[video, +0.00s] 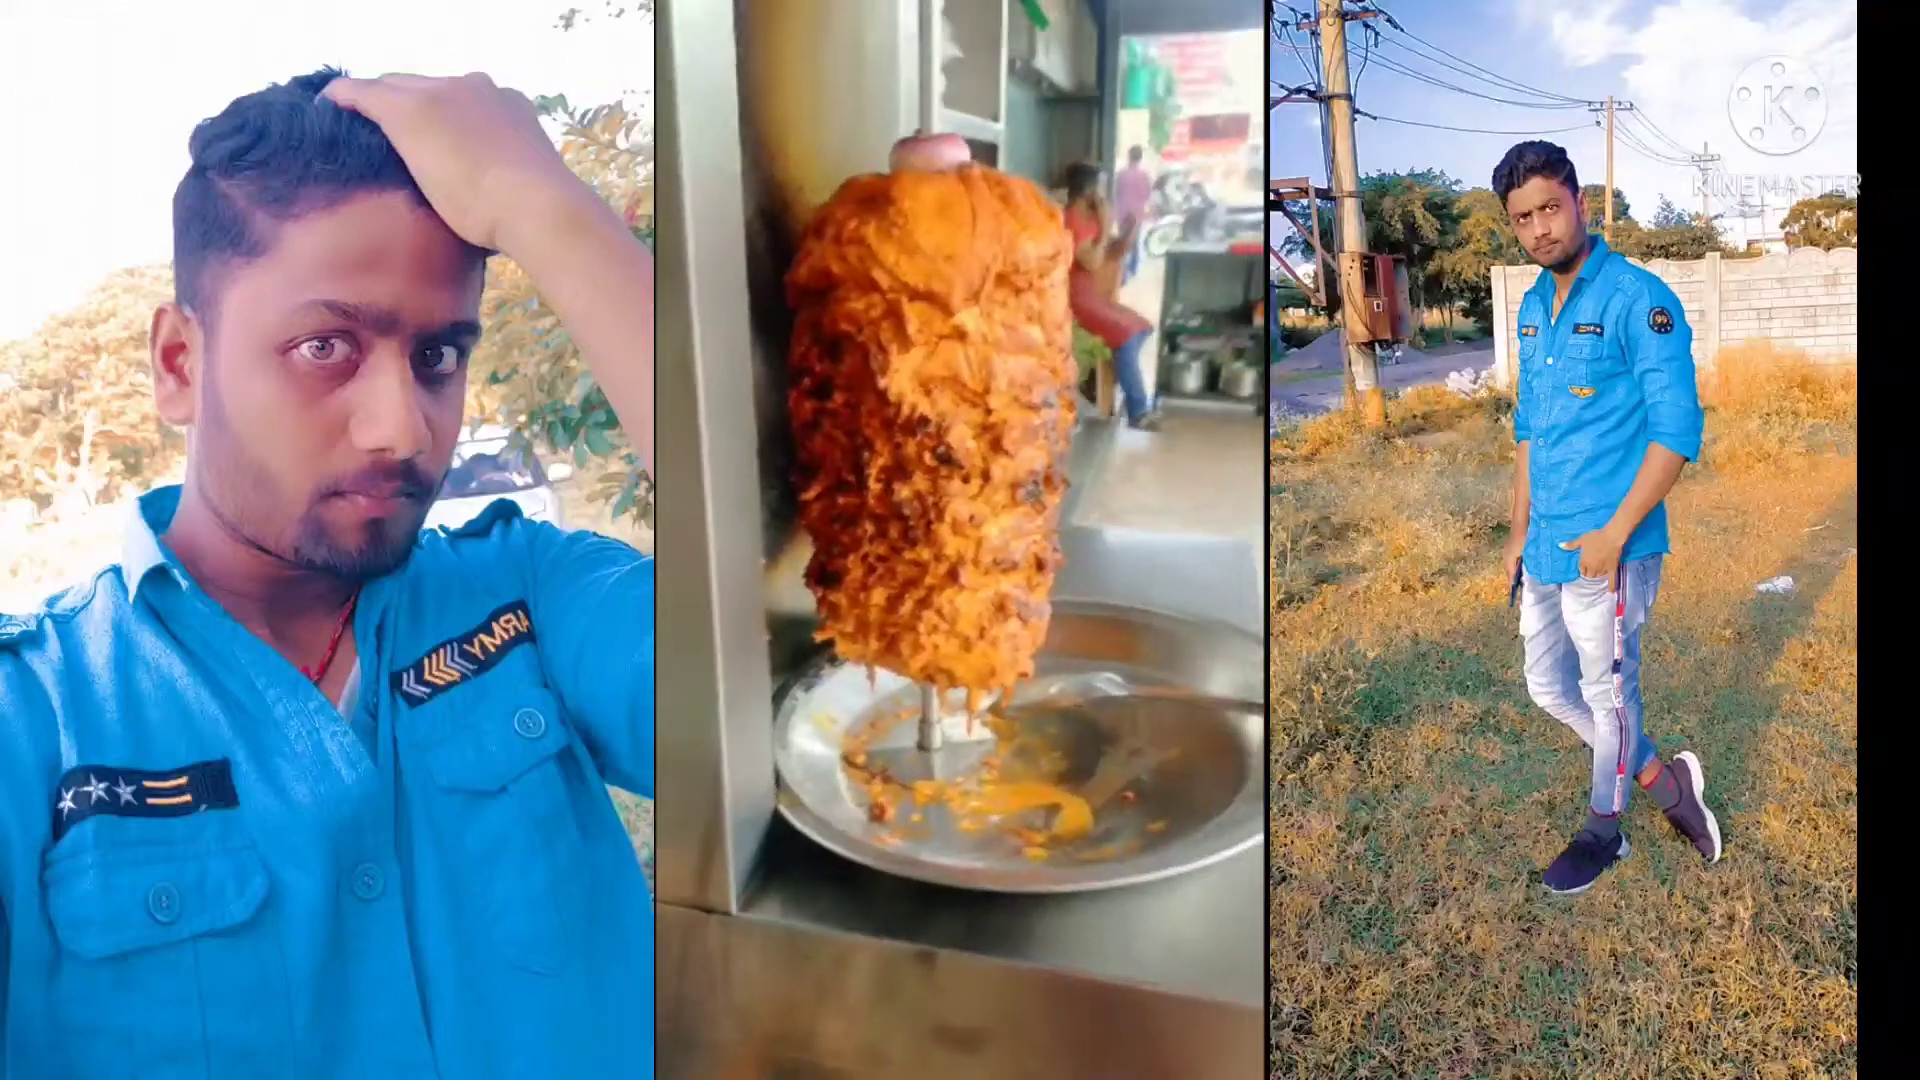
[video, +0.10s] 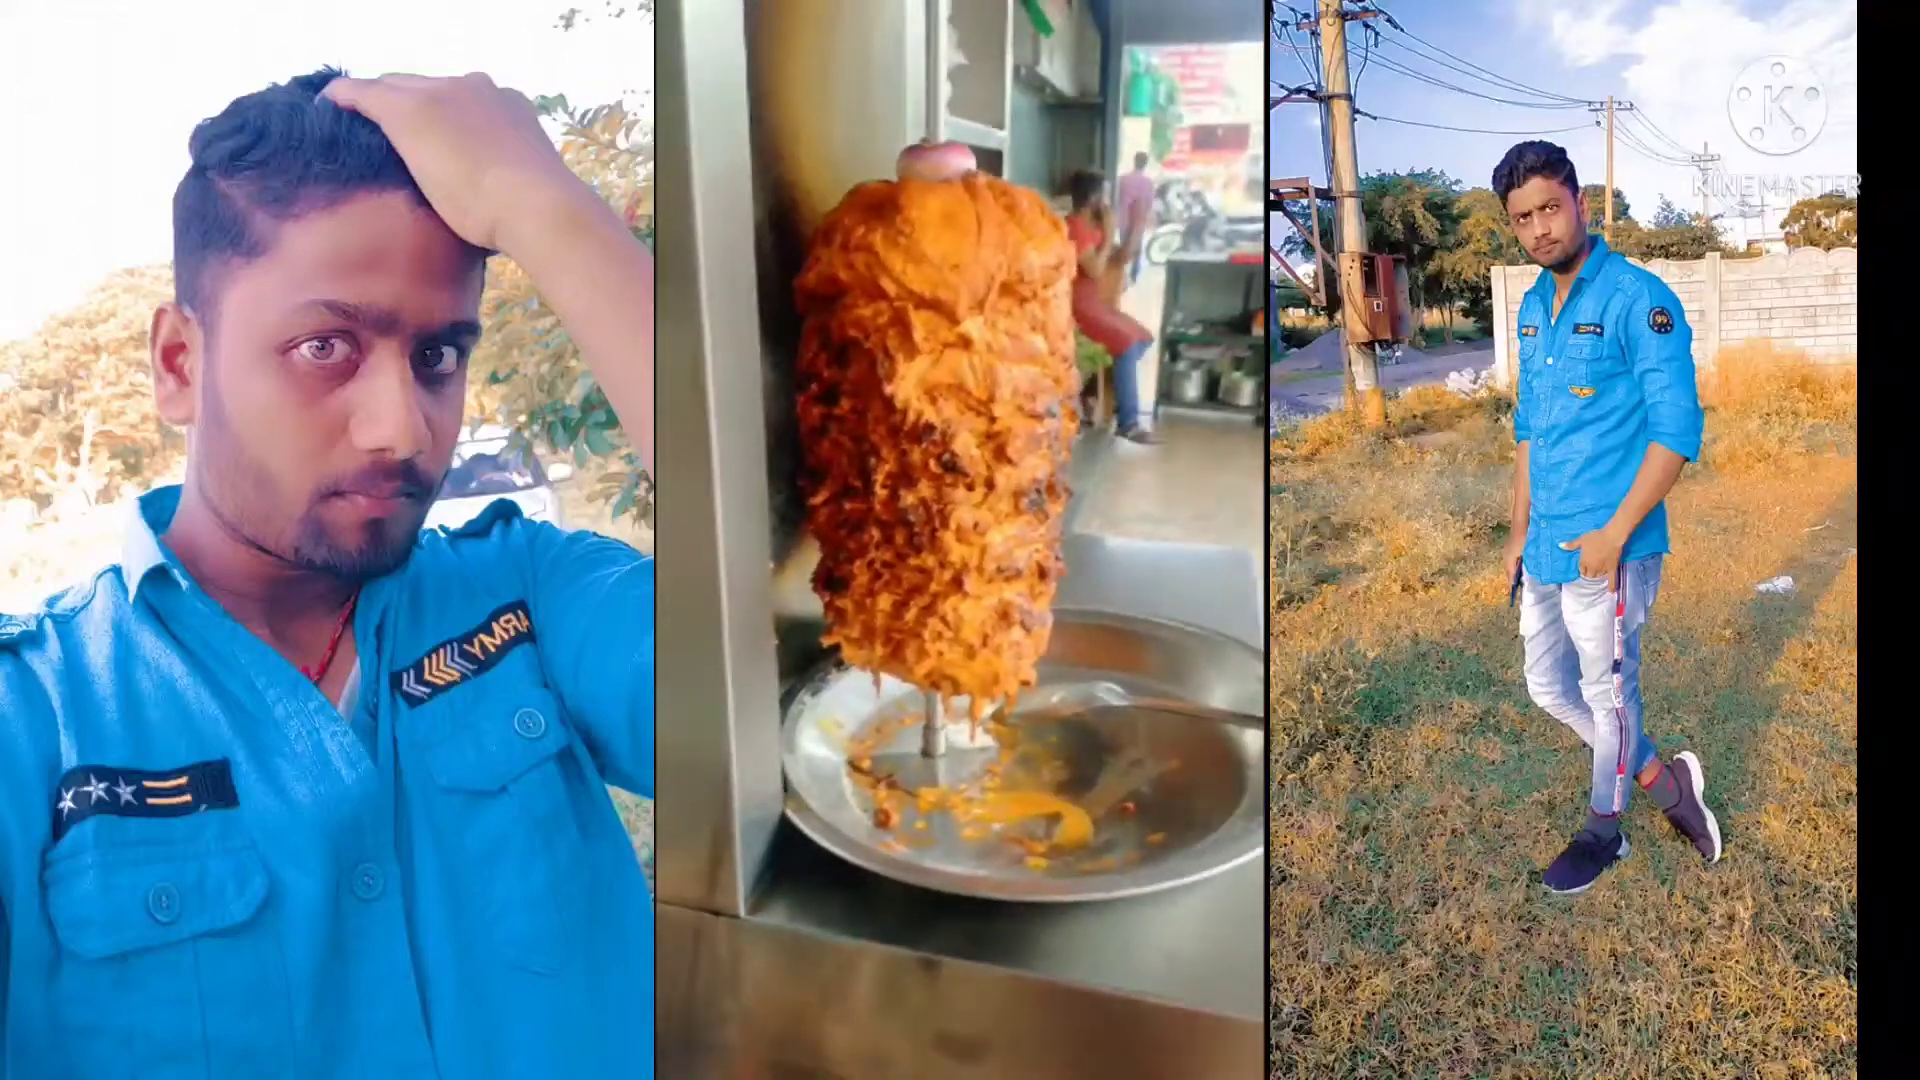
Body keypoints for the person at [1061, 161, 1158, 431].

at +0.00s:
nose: (1099, 192)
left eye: (1098, 187)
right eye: (1095, 187)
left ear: (1081, 188)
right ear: (1084, 189)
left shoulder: (1088, 214)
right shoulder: (1073, 216)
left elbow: (1108, 254)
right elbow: (1091, 261)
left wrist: (1127, 234)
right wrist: (1103, 226)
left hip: (1093, 296)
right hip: (1078, 298)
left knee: (1141, 328)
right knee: (1125, 337)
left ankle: (1138, 401)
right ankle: (1138, 410)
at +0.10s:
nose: (1104, 200)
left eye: (1104, 194)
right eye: (1100, 194)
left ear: (1085, 197)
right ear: (1089, 197)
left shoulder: (1093, 224)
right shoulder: (1075, 225)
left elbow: (1112, 260)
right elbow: (1094, 269)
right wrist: (1107, 233)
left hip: (1097, 302)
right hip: (1080, 304)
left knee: (1143, 338)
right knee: (1126, 345)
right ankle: (1128, 422)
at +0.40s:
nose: (1138, 167)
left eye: (1137, 160)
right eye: (1133, 161)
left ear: (1117, 166)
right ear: (1120, 165)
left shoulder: (1123, 192)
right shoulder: (1105, 193)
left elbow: (1156, 222)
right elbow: (1130, 232)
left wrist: (1166, 186)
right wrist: (1140, 194)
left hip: (1126, 270)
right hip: (1107, 273)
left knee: (1181, 302)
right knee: (1162, 311)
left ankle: (1138, 356)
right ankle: (1171, 391)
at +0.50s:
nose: (1122, 171)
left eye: (1121, 165)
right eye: (1117, 165)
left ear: (1102, 170)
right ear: (1104, 169)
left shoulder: (1108, 197)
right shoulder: (1089, 198)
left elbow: (1141, 226)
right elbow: (1114, 236)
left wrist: (1150, 191)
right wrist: (1124, 199)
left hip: (1110, 273)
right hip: (1090, 276)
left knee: (1166, 306)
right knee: (1146, 315)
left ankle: (1123, 362)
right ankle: (1154, 395)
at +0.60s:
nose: (1125, 172)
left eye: (1124, 166)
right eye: (1121, 166)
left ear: (1105, 171)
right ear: (1107, 170)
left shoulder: (1110, 198)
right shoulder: (1093, 199)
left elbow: (1145, 227)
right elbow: (1117, 237)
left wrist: (1153, 191)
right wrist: (1127, 200)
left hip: (1112, 274)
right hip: (1092, 277)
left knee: (1169, 307)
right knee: (1149, 316)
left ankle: (1126, 364)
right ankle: (1156, 397)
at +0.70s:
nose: (1126, 174)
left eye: (1126, 168)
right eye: (1122, 168)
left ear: (1106, 173)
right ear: (1107, 172)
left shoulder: (1110, 200)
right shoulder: (1093, 201)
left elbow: (1146, 228)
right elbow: (1118, 239)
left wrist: (1155, 191)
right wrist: (1128, 201)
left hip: (1114, 277)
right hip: (1093, 280)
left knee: (1170, 309)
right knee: (1151, 318)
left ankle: (1127, 364)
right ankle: (1158, 398)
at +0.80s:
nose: (1136, 163)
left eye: (1136, 156)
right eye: (1132, 157)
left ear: (1117, 162)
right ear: (1117, 161)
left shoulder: (1122, 190)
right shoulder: (1103, 191)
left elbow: (1158, 219)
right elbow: (1127, 230)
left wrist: (1168, 182)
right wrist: (1138, 191)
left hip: (1125, 267)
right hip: (1103, 269)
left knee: (1180, 300)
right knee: (1161, 308)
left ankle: (1136, 355)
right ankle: (1167, 389)